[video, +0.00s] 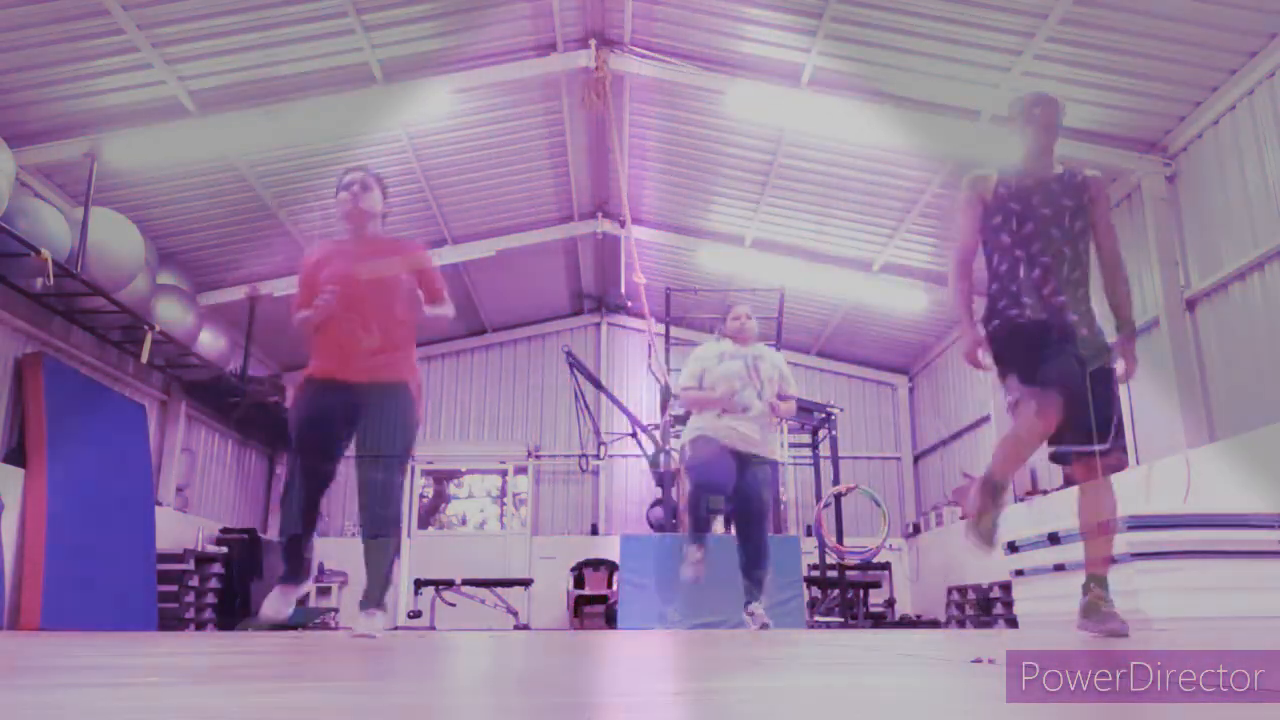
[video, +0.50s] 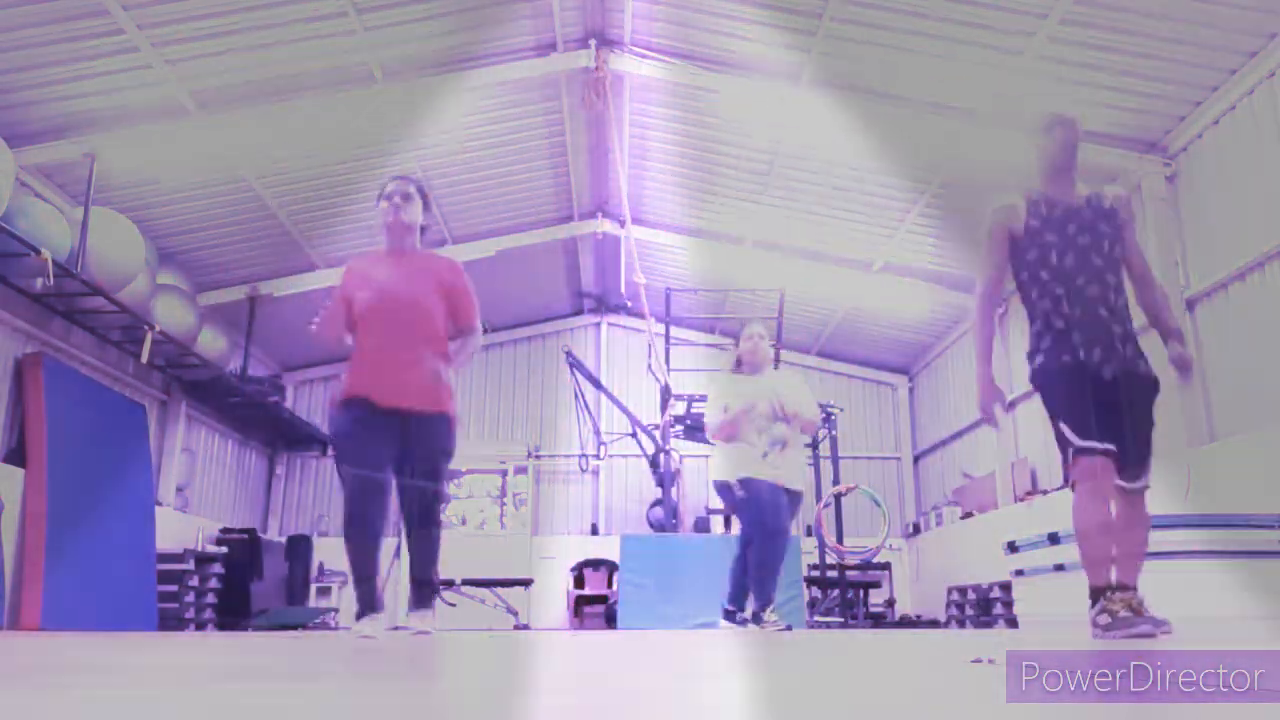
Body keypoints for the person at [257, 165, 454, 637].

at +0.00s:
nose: (355, 194)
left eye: (365, 187)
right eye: (347, 189)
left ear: (382, 201)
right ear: (336, 203)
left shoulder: (409, 252)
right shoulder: (320, 257)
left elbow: (447, 313)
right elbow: (298, 326)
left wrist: (419, 307)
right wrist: (317, 311)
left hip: (389, 382)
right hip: (328, 380)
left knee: (380, 485)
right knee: (304, 470)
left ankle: (374, 603)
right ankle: (293, 578)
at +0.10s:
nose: (373, 197)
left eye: (383, 190)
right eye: (365, 191)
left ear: (401, 203)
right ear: (355, 203)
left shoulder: (422, 258)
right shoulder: (333, 259)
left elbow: (455, 321)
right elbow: (313, 328)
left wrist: (424, 332)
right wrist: (326, 313)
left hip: (394, 382)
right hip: (336, 378)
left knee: (386, 486)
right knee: (309, 458)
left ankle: (387, 605)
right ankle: (309, 548)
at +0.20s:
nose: (386, 207)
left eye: (396, 201)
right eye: (378, 201)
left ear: (412, 215)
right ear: (367, 214)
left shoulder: (433, 271)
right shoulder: (346, 270)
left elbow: (459, 338)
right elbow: (315, 335)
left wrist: (423, 329)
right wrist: (325, 319)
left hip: (405, 399)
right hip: (350, 388)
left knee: (391, 512)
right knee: (319, 434)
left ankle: (385, 608)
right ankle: (318, 532)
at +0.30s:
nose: (386, 194)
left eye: (397, 188)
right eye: (378, 188)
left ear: (414, 202)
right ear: (367, 202)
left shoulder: (435, 254)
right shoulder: (347, 255)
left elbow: (469, 317)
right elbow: (318, 327)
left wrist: (427, 307)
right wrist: (319, 300)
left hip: (416, 384)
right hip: (362, 373)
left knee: (403, 493)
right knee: (335, 423)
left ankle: (389, 605)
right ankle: (330, 533)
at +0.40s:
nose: (391, 191)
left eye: (401, 185)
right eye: (383, 186)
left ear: (420, 199)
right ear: (372, 201)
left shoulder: (443, 254)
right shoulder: (353, 255)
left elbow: (473, 317)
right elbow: (323, 317)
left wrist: (442, 331)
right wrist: (322, 307)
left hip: (420, 381)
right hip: (364, 373)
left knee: (414, 486)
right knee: (352, 433)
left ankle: (417, 598)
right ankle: (351, 554)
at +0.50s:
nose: (397, 205)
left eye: (407, 199)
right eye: (389, 199)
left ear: (424, 212)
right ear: (378, 211)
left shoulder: (446, 268)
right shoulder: (358, 269)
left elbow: (472, 333)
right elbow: (339, 340)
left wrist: (451, 361)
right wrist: (328, 333)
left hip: (428, 404)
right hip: (366, 399)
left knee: (423, 509)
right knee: (362, 506)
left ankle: (422, 607)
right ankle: (369, 611)